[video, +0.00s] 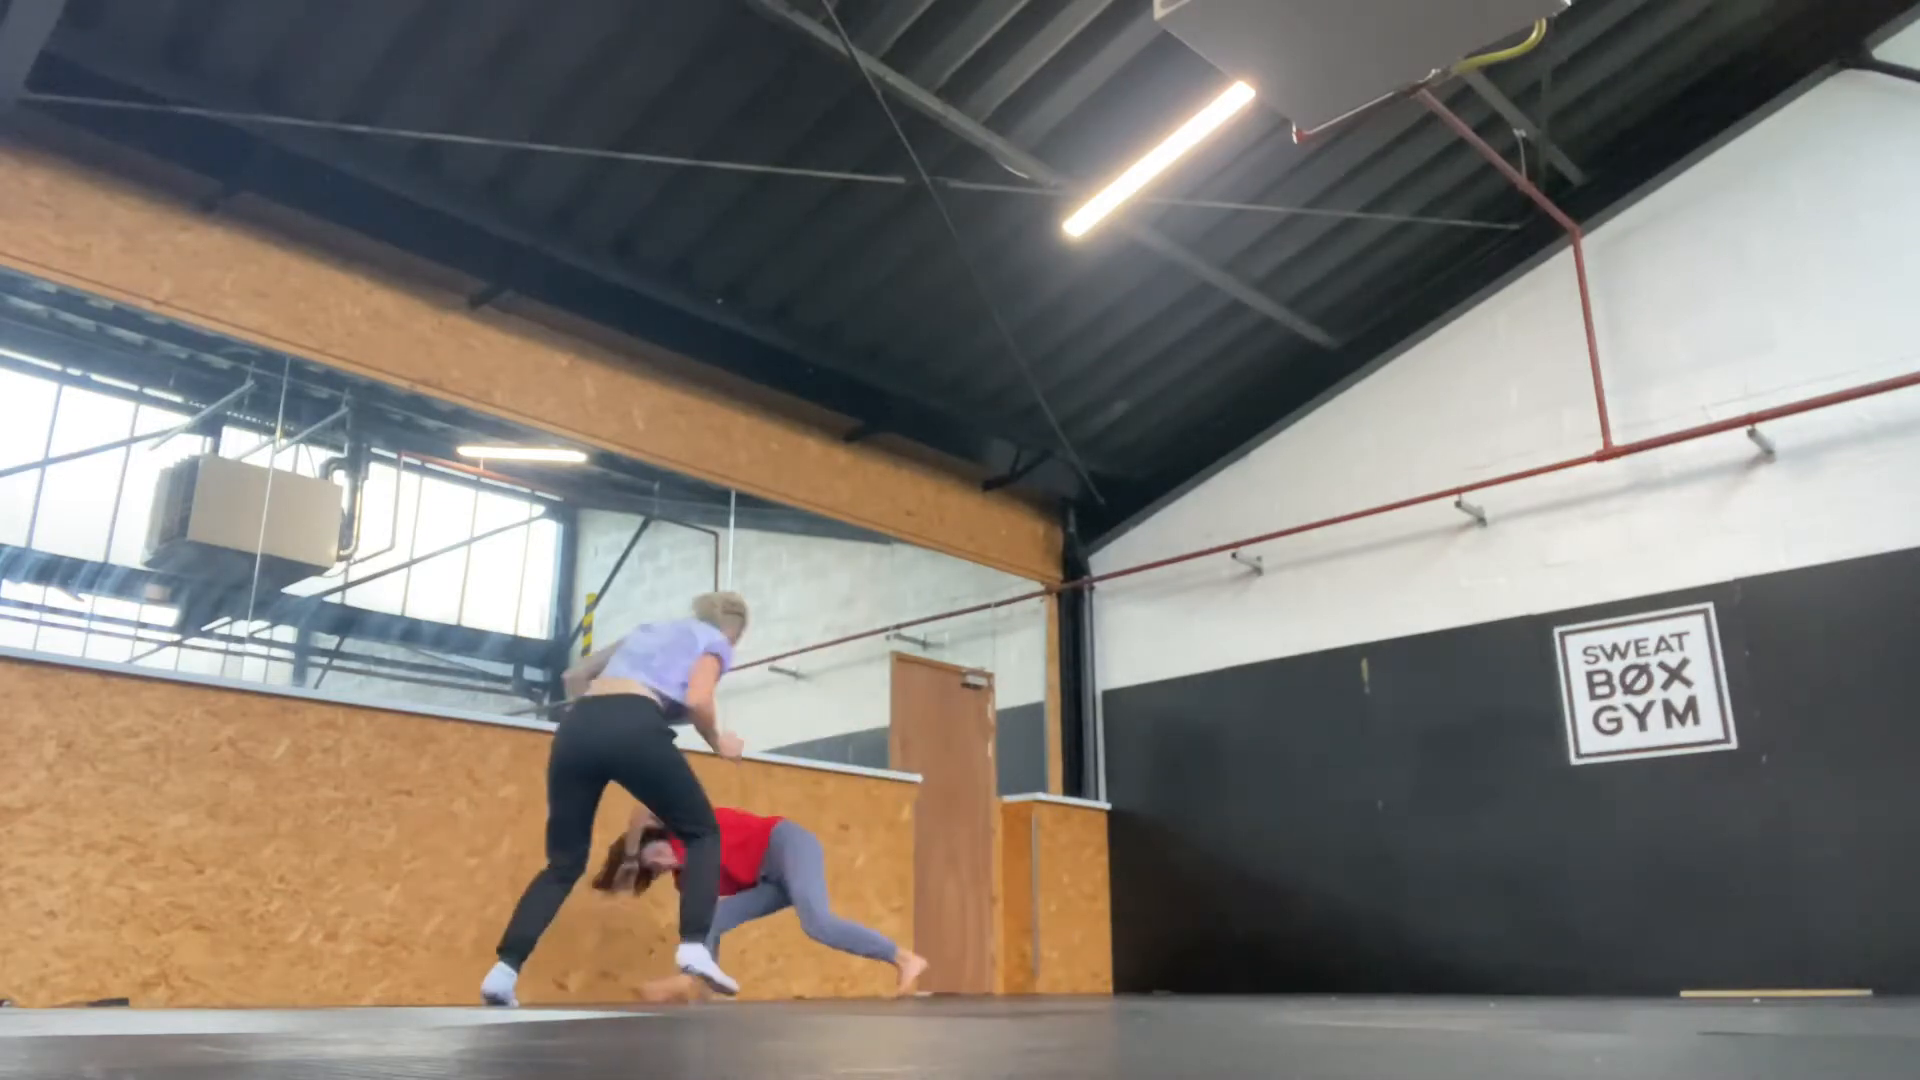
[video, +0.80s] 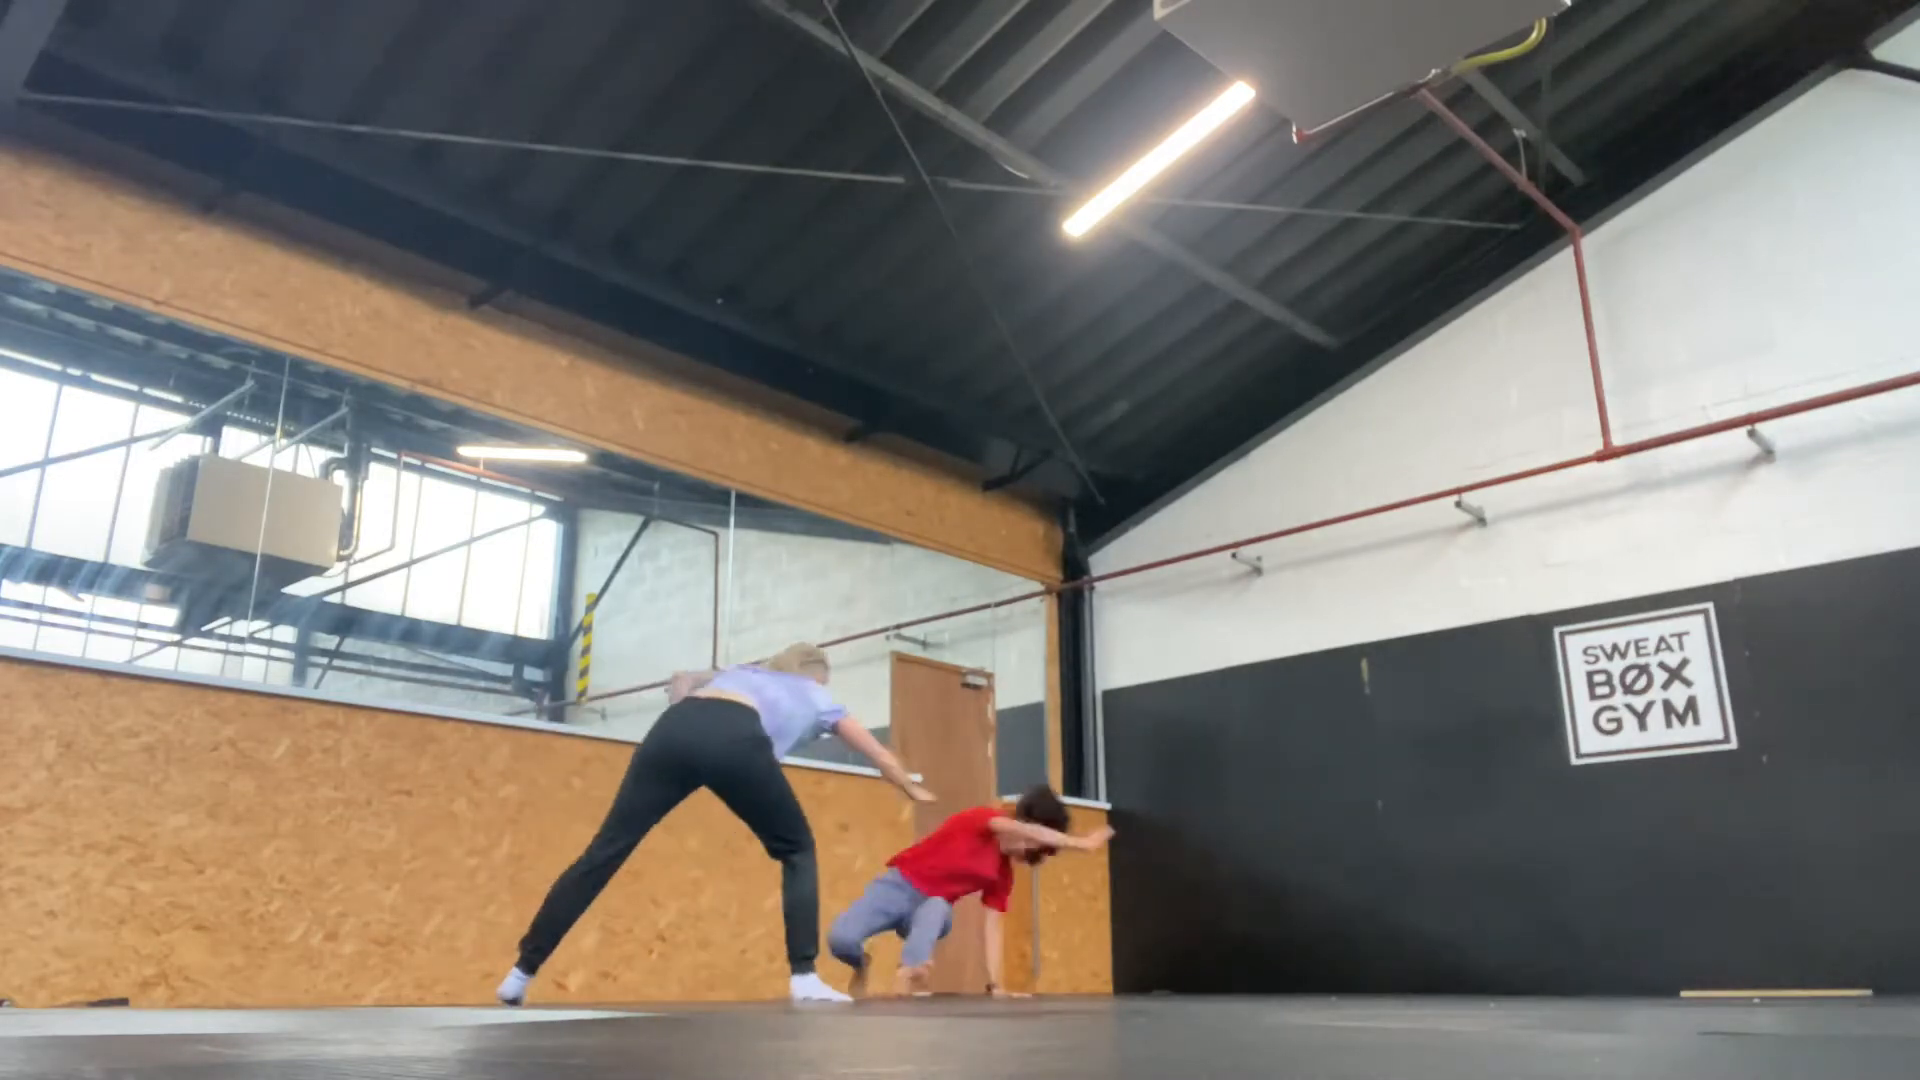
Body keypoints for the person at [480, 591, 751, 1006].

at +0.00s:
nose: (734, 645)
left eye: (738, 639)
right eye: (737, 638)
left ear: (699, 615)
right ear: (732, 628)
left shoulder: (645, 632)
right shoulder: (715, 638)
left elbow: (575, 676)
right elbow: (698, 699)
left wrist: (595, 719)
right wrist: (718, 743)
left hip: (578, 724)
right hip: (633, 725)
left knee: (563, 865)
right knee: (703, 833)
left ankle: (504, 970)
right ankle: (695, 947)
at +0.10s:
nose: (690, 658)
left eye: (691, 652)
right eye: (691, 652)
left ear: (647, 635)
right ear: (682, 647)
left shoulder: (598, 653)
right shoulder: (685, 674)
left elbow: (540, 703)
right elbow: (701, 747)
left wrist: (559, 740)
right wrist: (688, 759)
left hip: (560, 737)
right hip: (624, 738)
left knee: (551, 870)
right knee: (681, 844)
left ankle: (505, 980)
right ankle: (707, 946)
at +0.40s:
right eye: (653, 685)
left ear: (609, 674)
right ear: (649, 681)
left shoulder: (578, 690)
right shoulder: (657, 694)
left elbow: (546, 740)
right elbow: (667, 748)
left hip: (562, 747)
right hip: (628, 744)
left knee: (554, 866)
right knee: (706, 853)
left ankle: (506, 980)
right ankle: (753, 958)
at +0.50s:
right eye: (676, 683)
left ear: (635, 674)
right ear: (676, 678)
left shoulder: (601, 689)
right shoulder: (685, 697)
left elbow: (561, 750)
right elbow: (683, 767)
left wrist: (596, 815)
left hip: (578, 747)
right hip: (644, 745)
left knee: (564, 869)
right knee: (719, 858)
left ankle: (508, 980)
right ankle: (787, 970)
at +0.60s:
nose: (722, 686)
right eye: (723, 679)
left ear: (679, 668)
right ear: (720, 675)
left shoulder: (645, 683)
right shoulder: (725, 699)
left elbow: (587, 714)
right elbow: (744, 786)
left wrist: (602, 760)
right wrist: (702, 782)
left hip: (605, 751)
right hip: (668, 752)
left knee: (586, 873)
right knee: (741, 861)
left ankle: (509, 984)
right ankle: (796, 979)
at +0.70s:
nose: (779, 681)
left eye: (776, 677)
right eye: (777, 675)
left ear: (731, 666)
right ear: (769, 673)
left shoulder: (696, 676)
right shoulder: (774, 694)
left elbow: (636, 692)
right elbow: (822, 768)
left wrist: (649, 744)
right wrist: (811, 791)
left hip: (643, 741)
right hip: (704, 745)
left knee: (593, 869)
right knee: (776, 857)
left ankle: (509, 983)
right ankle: (803, 981)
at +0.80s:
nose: (826, 694)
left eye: (823, 688)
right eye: (825, 688)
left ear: (779, 665)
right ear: (815, 678)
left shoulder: (740, 672)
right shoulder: (816, 695)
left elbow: (680, 681)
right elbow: (875, 753)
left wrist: (685, 716)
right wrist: (910, 784)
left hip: (677, 727)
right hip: (735, 737)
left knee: (605, 850)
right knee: (797, 850)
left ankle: (519, 974)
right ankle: (804, 981)